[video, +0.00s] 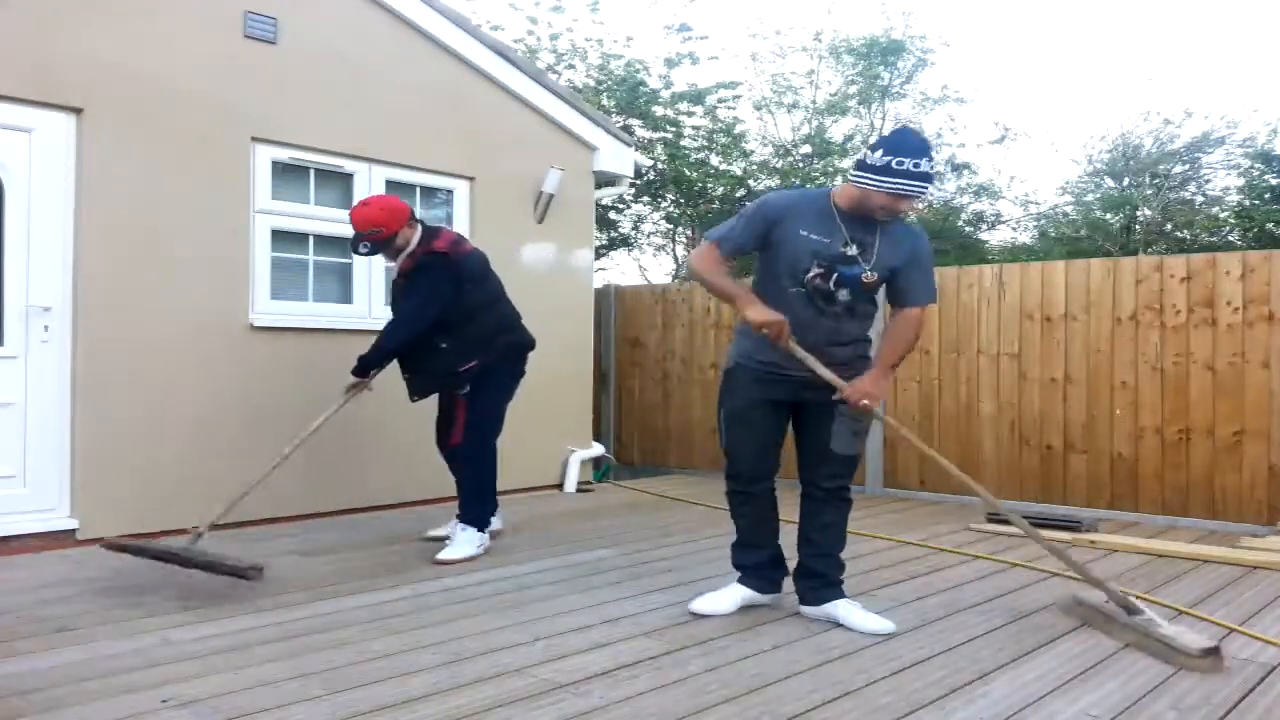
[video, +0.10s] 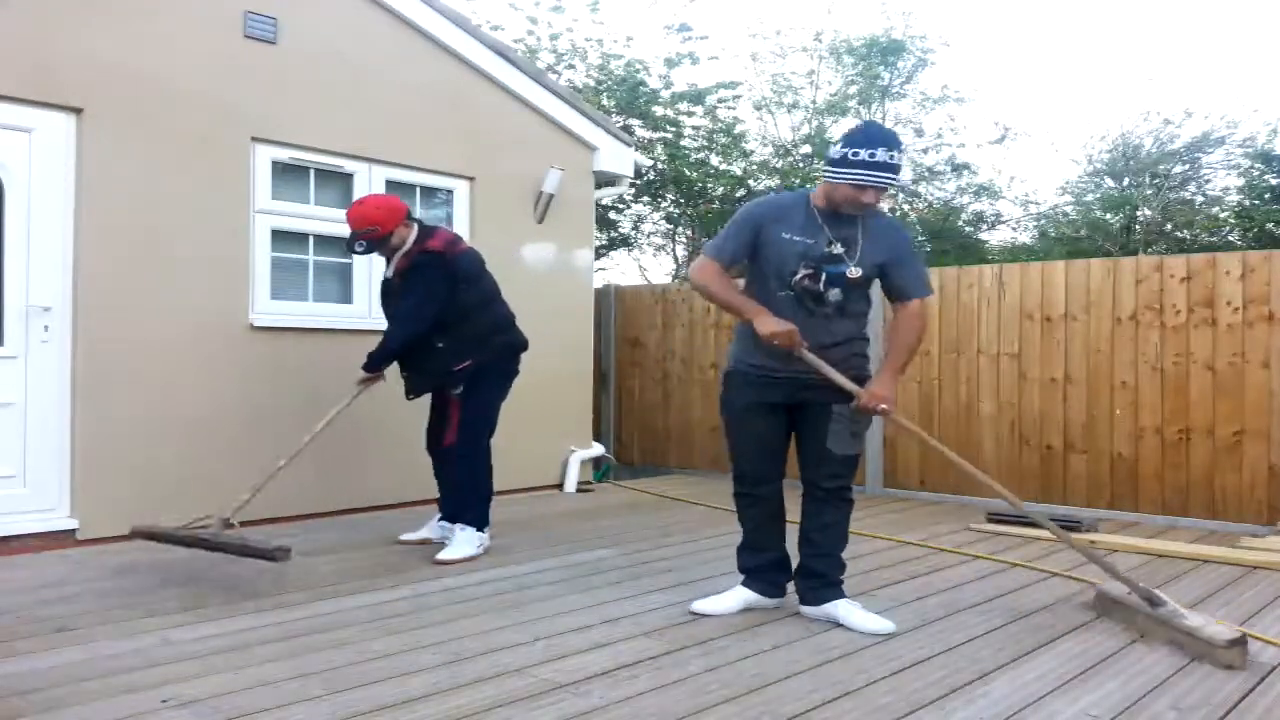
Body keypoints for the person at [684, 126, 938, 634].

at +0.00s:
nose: (908, 207)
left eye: (913, 198)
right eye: (903, 196)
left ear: (900, 189)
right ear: (872, 182)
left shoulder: (905, 242)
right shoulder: (782, 209)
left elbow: (912, 312)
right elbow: (704, 257)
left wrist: (879, 374)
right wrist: (747, 301)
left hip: (839, 382)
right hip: (759, 371)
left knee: (830, 487)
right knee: (748, 479)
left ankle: (822, 593)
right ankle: (756, 581)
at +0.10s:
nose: (874, 198)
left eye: (882, 188)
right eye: (865, 186)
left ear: (887, 183)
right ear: (835, 173)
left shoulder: (888, 236)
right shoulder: (768, 213)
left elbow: (912, 309)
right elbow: (702, 270)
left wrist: (887, 377)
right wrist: (759, 315)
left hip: (838, 386)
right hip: (758, 378)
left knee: (831, 489)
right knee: (755, 484)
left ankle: (822, 593)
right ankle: (762, 583)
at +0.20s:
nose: (822, 190)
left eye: (836, 180)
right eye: (812, 177)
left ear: (856, 179)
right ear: (796, 169)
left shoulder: (877, 229)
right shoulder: (752, 215)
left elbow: (913, 298)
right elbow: (692, 270)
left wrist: (877, 363)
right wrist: (739, 298)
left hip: (836, 381)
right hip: (756, 378)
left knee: (830, 489)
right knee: (756, 484)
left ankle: (822, 593)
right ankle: (762, 584)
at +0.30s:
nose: (794, 185)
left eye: (807, 177)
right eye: (787, 174)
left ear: (835, 175)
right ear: (777, 167)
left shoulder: (869, 226)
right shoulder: (742, 216)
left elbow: (908, 292)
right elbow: (681, 266)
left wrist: (858, 349)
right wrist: (716, 286)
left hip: (830, 380)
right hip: (753, 377)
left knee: (828, 488)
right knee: (755, 484)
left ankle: (822, 593)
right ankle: (762, 584)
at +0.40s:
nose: (766, 183)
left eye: (778, 173)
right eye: (759, 172)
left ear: (809, 170)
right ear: (751, 169)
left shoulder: (852, 222)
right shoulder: (731, 216)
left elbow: (884, 292)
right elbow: (668, 255)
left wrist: (803, 330)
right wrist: (680, 270)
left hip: (826, 377)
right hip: (746, 373)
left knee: (829, 485)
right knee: (752, 482)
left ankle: (823, 593)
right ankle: (762, 584)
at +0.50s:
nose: (752, 181)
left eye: (763, 171)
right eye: (747, 171)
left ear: (796, 169)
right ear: (742, 170)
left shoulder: (844, 219)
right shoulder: (728, 218)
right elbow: (673, 258)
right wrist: (659, 262)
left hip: (821, 375)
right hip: (744, 372)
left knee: (830, 485)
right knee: (750, 482)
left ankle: (832, 591)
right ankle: (762, 584)